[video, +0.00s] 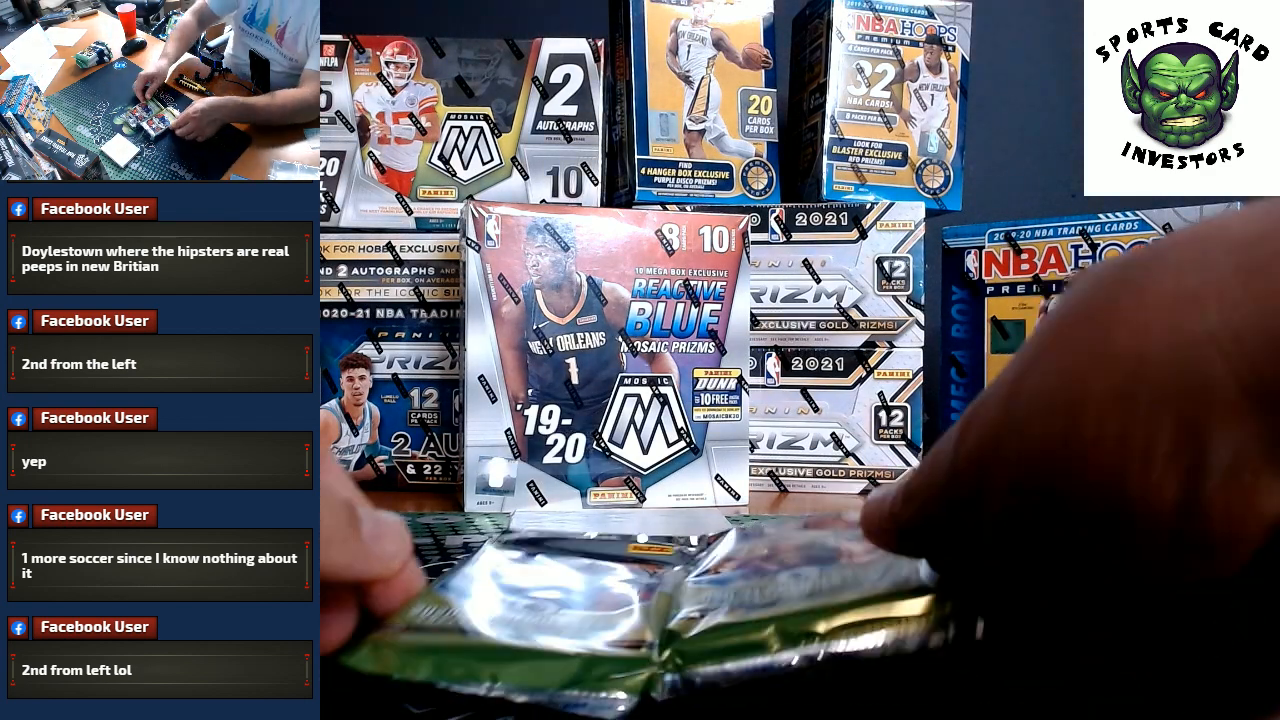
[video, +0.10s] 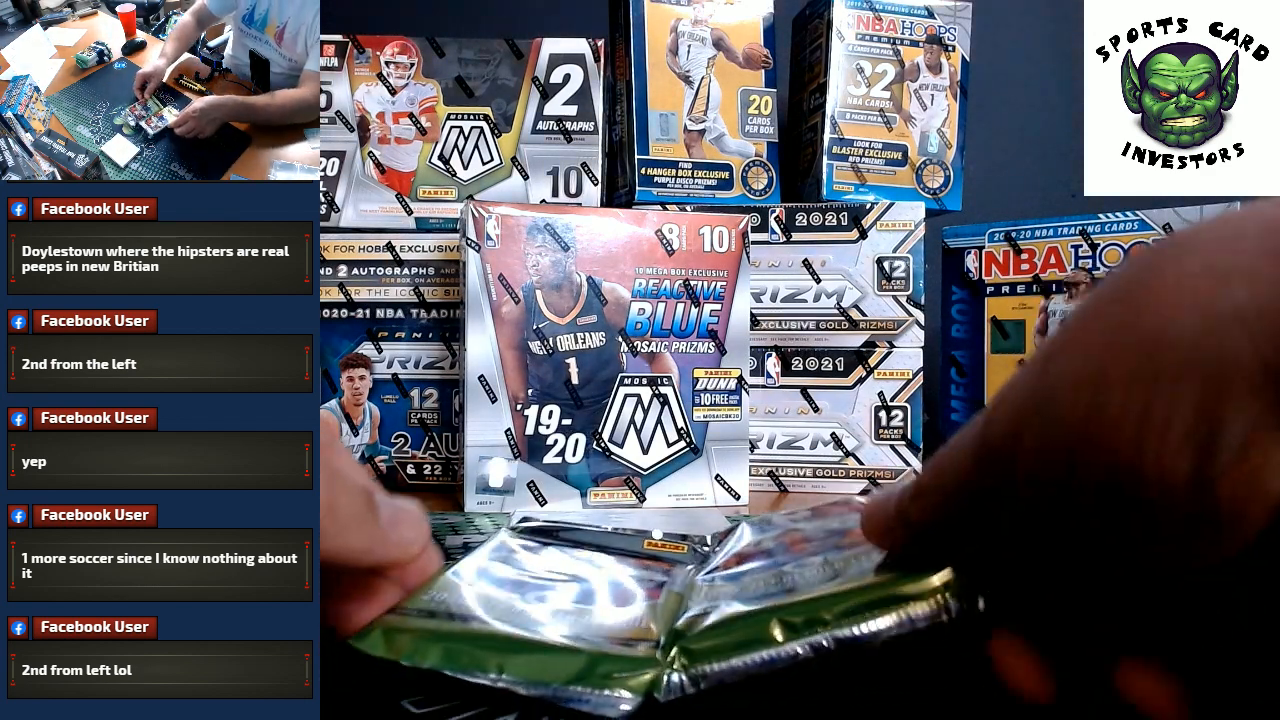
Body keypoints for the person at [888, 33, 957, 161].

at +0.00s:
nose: (928, 52)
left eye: (933, 48)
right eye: (926, 47)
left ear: (941, 51)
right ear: (923, 48)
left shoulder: (949, 70)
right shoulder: (913, 69)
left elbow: (955, 93)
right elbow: (888, 83)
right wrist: (900, 111)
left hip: (941, 118)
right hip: (918, 119)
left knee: (940, 155)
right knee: (922, 156)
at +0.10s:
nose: (928, 52)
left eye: (933, 48)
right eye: (926, 47)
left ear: (941, 51)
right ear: (923, 48)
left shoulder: (950, 71)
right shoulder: (913, 69)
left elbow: (955, 94)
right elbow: (888, 84)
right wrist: (900, 111)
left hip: (941, 118)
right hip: (918, 119)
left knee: (940, 155)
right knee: (922, 156)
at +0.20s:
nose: (929, 52)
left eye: (933, 48)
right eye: (926, 47)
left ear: (941, 51)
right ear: (923, 49)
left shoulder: (949, 70)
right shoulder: (913, 69)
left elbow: (956, 94)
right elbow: (888, 84)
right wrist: (900, 110)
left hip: (941, 118)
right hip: (919, 119)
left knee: (941, 155)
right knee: (923, 155)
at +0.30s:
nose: (928, 52)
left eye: (933, 49)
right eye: (926, 47)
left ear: (941, 52)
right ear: (923, 49)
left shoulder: (949, 71)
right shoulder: (913, 69)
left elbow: (955, 94)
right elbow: (887, 83)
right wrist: (900, 111)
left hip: (941, 118)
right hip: (918, 119)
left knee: (940, 155)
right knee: (923, 156)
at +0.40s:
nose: (928, 55)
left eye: (932, 52)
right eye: (926, 51)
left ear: (941, 52)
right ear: (923, 50)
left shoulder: (949, 70)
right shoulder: (913, 68)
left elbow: (955, 92)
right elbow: (888, 83)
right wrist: (900, 111)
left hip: (940, 117)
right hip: (918, 118)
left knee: (940, 153)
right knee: (924, 153)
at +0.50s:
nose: (928, 55)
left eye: (932, 51)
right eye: (926, 50)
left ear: (941, 52)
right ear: (923, 50)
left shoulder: (949, 70)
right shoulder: (913, 68)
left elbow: (955, 93)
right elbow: (888, 83)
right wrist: (900, 110)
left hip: (940, 116)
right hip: (918, 118)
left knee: (940, 153)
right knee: (924, 154)